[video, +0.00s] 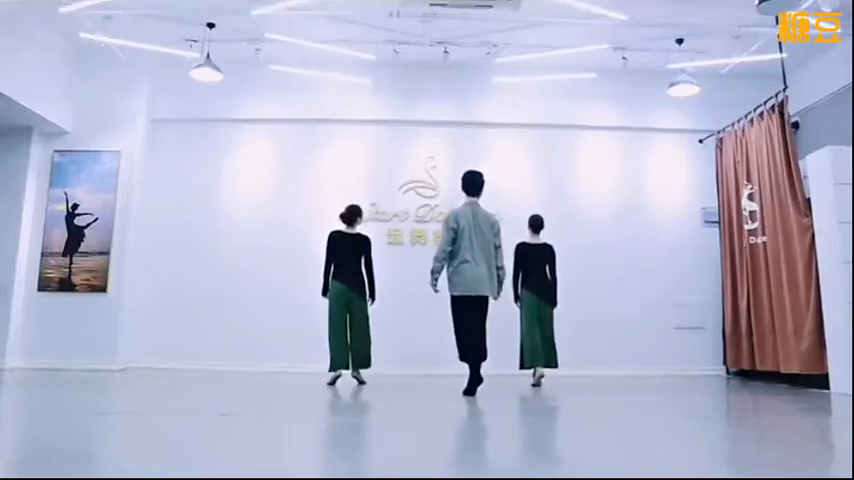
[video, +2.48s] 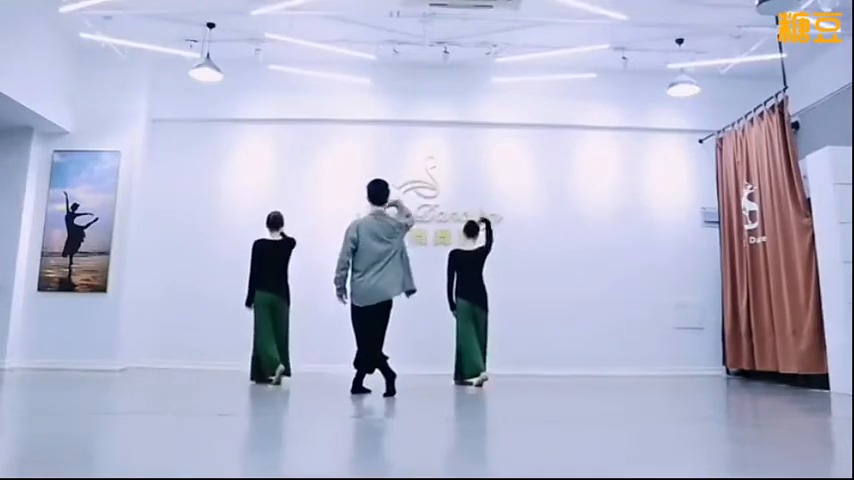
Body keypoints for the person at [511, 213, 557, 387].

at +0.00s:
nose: (532, 229)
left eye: (531, 226)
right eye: (536, 226)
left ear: (528, 227)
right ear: (542, 228)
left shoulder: (521, 247)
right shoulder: (548, 248)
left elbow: (516, 272)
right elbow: (553, 274)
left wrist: (515, 293)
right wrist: (554, 296)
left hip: (528, 291)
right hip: (545, 292)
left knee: (531, 329)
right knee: (543, 329)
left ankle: (538, 367)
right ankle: (539, 368)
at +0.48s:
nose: (530, 230)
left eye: (528, 227)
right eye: (533, 227)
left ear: (525, 228)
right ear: (539, 229)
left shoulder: (518, 248)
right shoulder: (545, 249)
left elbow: (513, 273)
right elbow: (550, 275)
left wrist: (512, 294)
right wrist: (551, 296)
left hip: (525, 293)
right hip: (542, 293)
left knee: (529, 331)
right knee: (542, 330)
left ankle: (539, 367)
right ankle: (541, 369)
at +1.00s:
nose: (503, 232)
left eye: (503, 230)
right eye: (504, 229)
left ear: (506, 230)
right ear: (518, 230)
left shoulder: (500, 249)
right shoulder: (525, 248)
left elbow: (494, 274)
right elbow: (542, 256)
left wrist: (492, 295)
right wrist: (553, 263)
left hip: (506, 296)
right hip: (524, 297)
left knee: (499, 332)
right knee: (531, 334)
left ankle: (489, 367)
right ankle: (537, 371)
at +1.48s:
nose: (476, 247)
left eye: (476, 245)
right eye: (479, 245)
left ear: (475, 244)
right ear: (489, 244)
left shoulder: (471, 260)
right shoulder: (497, 262)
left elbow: (466, 287)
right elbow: (495, 283)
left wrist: (462, 310)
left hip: (474, 303)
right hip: (493, 304)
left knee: (471, 339)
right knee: (481, 341)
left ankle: (480, 374)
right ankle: (464, 370)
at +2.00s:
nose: (471, 241)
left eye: (468, 238)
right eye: (473, 239)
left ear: (464, 238)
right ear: (478, 238)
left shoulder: (457, 257)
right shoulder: (483, 254)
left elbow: (453, 283)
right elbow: (494, 253)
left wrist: (453, 305)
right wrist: (483, 248)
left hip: (465, 297)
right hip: (482, 296)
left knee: (469, 335)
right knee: (480, 335)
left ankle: (479, 372)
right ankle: (467, 373)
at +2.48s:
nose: (471, 235)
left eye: (469, 232)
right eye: (474, 233)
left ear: (463, 233)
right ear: (477, 235)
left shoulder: (455, 254)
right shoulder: (481, 253)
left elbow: (450, 281)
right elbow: (489, 241)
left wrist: (451, 302)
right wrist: (488, 225)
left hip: (462, 294)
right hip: (479, 294)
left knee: (466, 333)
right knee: (479, 332)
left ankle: (478, 370)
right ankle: (466, 373)